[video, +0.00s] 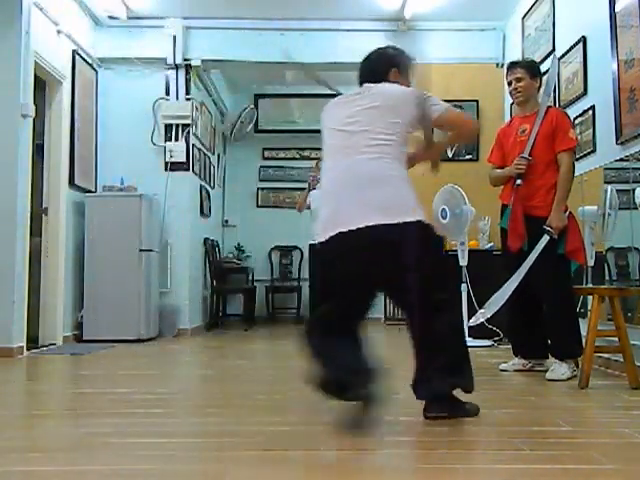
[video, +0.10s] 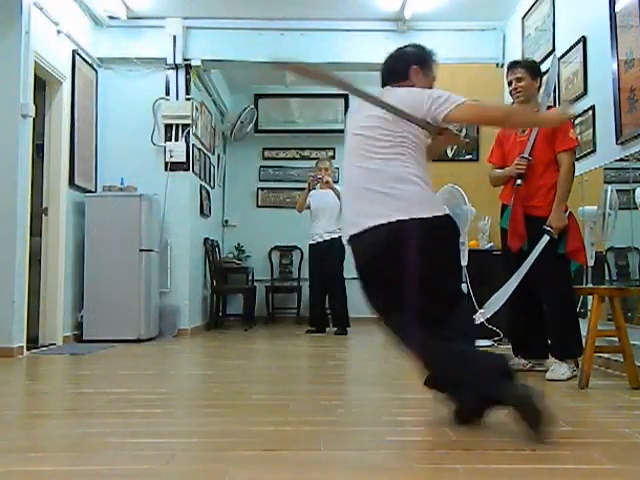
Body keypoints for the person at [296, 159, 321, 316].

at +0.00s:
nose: (314, 177)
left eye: (316, 173)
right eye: (313, 173)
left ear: (323, 174)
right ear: (312, 175)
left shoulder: (330, 191)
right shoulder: (314, 193)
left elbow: (300, 207)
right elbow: (300, 207)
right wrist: (308, 189)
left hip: (331, 240)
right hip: (315, 241)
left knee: (325, 281)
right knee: (314, 281)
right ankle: (314, 317)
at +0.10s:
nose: (323, 173)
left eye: (326, 170)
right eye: (320, 170)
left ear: (331, 171)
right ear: (316, 172)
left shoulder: (338, 191)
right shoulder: (312, 194)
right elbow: (300, 208)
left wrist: (333, 188)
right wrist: (308, 188)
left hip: (334, 240)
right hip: (316, 242)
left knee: (336, 284)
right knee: (316, 285)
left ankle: (341, 324)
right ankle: (318, 323)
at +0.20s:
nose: (323, 173)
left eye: (326, 170)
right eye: (320, 170)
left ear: (331, 171)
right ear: (316, 172)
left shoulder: (340, 190)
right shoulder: (311, 194)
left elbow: (347, 206)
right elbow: (299, 208)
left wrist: (333, 189)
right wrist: (308, 188)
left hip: (334, 241)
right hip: (316, 242)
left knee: (336, 284)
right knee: (316, 286)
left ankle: (341, 324)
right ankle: (318, 323)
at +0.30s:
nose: (323, 173)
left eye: (326, 170)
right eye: (319, 170)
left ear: (331, 171)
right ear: (315, 173)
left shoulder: (340, 190)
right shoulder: (311, 194)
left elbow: (347, 206)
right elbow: (299, 208)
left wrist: (333, 189)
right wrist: (308, 188)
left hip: (334, 241)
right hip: (316, 242)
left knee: (336, 284)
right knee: (316, 286)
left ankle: (341, 324)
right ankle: (318, 323)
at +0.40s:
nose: (323, 173)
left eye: (326, 170)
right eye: (319, 170)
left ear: (331, 171)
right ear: (315, 173)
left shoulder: (340, 190)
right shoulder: (311, 194)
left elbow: (347, 206)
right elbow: (299, 208)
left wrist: (333, 188)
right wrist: (308, 188)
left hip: (334, 241)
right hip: (316, 242)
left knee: (336, 284)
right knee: (316, 286)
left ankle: (341, 324)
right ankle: (318, 323)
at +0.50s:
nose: (322, 173)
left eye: (326, 170)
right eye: (319, 170)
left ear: (331, 171)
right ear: (315, 173)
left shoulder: (339, 190)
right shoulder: (311, 194)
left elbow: (347, 206)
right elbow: (299, 208)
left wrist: (333, 188)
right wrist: (308, 189)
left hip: (334, 241)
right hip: (316, 242)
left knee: (336, 284)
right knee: (316, 285)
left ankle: (341, 324)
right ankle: (318, 323)